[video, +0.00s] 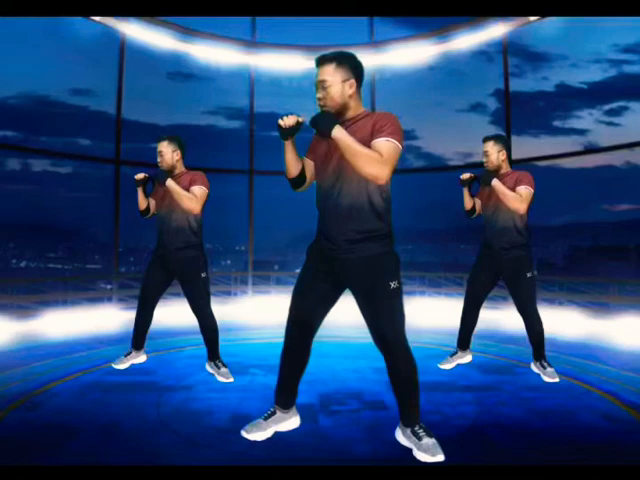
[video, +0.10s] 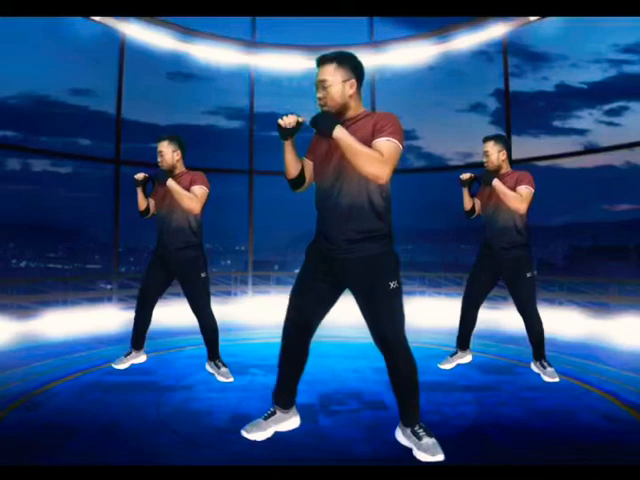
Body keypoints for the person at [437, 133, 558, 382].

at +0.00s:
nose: (484, 159)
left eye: (488, 154)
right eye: (484, 154)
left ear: (502, 154)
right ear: (493, 156)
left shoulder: (522, 177)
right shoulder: (486, 184)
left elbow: (521, 206)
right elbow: (471, 211)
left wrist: (493, 182)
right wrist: (466, 188)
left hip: (517, 254)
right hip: (490, 254)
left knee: (528, 309)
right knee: (472, 300)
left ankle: (540, 360)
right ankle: (462, 350)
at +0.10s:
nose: (485, 159)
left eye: (488, 154)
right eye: (484, 154)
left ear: (503, 154)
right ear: (493, 156)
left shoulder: (522, 177)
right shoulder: (487, 184)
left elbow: (521, 206)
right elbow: (471, 211)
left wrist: (494, 182)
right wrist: (465, 188)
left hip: (517, 254)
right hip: (490, 254)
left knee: (528, 309)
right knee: (470, 301)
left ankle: (540, 360)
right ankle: (462, 350)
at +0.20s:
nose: (485, 161)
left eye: (489, 157)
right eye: (484, 157)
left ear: (503, 158)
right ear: (493, 159)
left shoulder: (521, 181)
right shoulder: (485, 189)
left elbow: (522, 209)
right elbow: (469, 214)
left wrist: (494, 184)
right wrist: (463, 190)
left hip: (517, 257)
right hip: (489, 257)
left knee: (528, 312)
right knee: (464, 301)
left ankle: (540, 360)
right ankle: (461, 351)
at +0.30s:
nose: (485, 169)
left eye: (489, 164)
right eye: (484, 164)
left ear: (504, 165)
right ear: (489, 167)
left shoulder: (522, 191)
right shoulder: (483, 197)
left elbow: (524, 220)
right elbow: (462, 220)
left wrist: (498, 195)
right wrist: (457, 196)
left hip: (516, 266)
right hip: (487, 265)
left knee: (530, 320)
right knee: (457, 305)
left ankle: (540, 362)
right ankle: (461, 351)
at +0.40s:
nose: (486, 164)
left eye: (490, 159)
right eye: (485, 160)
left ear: (505, 161)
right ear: (489, 162)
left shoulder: (522, 186)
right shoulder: (482, 193)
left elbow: (527, 215)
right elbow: (460, 215)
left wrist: (501, 189)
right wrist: (456, 189)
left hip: (516, 264)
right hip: (486, 262)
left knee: (530, 318)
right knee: (459, 302)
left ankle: (540, 362)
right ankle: (460, 350)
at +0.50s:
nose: (488, 149)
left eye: (491, 144)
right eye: (486, 145)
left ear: (506, 145)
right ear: (485, 147)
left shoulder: (523, 173)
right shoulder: (482, 177)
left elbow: (528, 196)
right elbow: (459, 200)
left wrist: (504, 172)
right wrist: (456, 174)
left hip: (515, 246)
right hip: (488, 245)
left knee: (528, 303)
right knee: (467, 291)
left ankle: (541, 357)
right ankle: (455, 342)